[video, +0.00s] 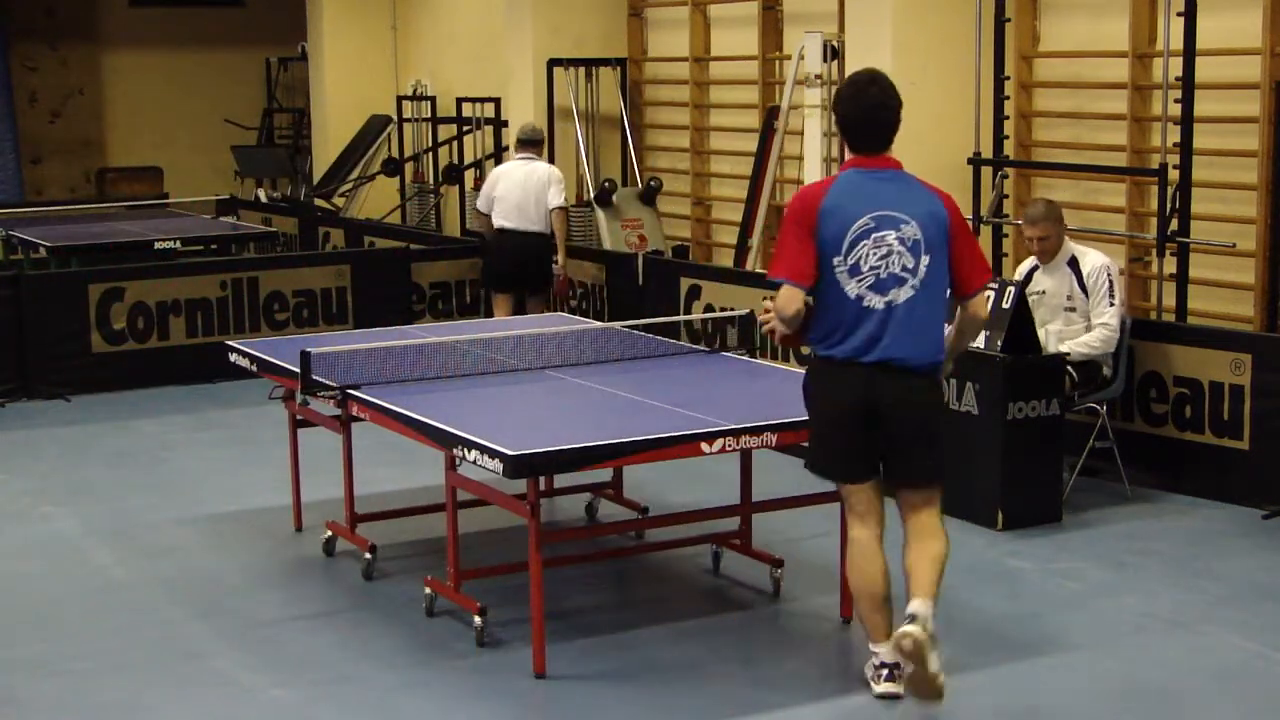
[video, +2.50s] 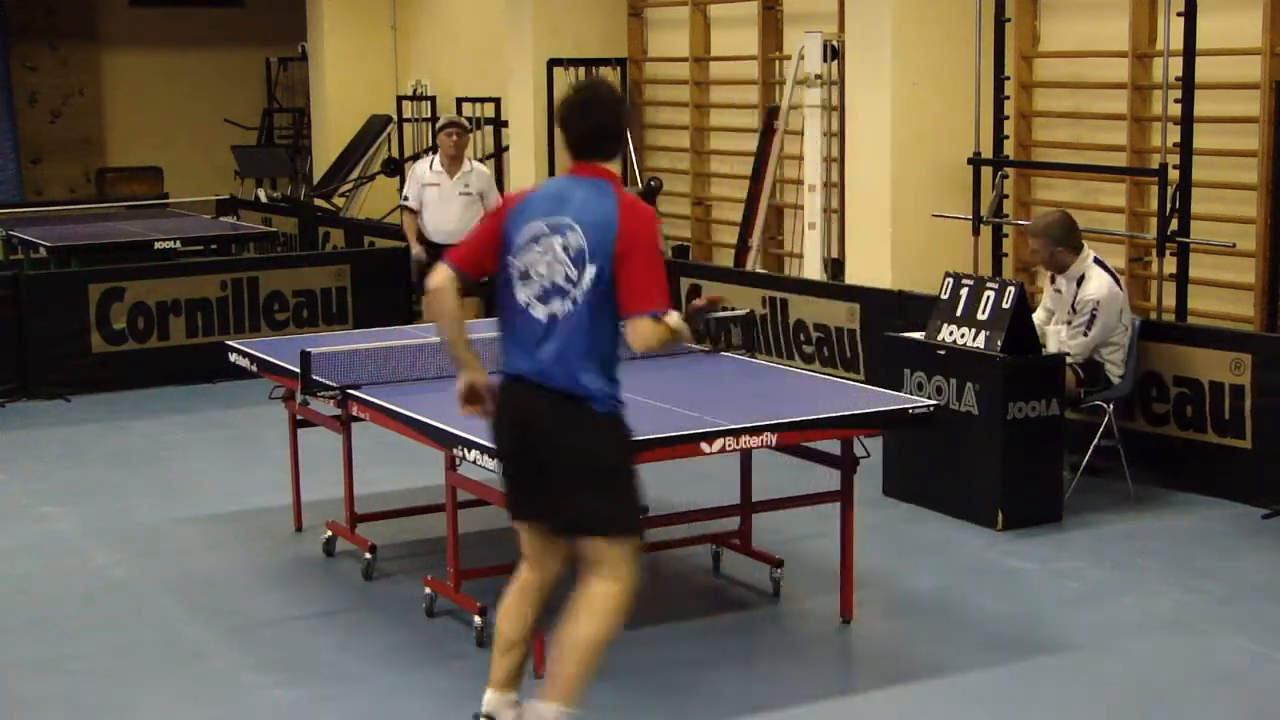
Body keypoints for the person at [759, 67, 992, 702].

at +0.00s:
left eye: (846, 117)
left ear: (839, 128)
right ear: (898, 126)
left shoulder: (812, 202)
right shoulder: (936, 202)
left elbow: (792, 303)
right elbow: (977, 306)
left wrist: (778, 317)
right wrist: (948, 349)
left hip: (840, 387)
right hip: (914, 387)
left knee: (862, 519)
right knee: (922, 510)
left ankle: (883, 660)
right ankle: (919, 614)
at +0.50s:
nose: (834, 160)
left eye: (837, 151)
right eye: (836, 151)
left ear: (851, 152)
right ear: (884, 156)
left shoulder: (858, 182)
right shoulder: (903, 202)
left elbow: (876, 246)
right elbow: (903, 296)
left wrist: (830, 296)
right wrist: (847, 351)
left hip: (884, 340)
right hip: (927, 345)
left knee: (865, 490)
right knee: (904, 485)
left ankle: (875, 635)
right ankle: (914, 610)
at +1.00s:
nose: (825, 160)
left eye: (827, 151)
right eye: (827, 151)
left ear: (840, 151)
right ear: (874, 153)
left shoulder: (848, 178)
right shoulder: (895, 201)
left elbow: (867, 239)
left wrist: (816, 290)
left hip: (867, 331)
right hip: (917, 336)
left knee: (824, 470)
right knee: (910, 484)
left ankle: (832, 603)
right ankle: (915, 610)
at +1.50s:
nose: (777, 131)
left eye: (777, 124)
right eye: (780, 123)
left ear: (785, 128)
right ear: (840, 121)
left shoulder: (774, 189)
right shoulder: (885, 178)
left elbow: (708, 263)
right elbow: (960, 242)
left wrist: (691, 247)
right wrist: (923, 259)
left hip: (797, 375)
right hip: (871, 371)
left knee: (810, 514)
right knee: (881, 500)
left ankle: (825, 656)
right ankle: (899, 638)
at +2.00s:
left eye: (734, 109)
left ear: (728, 116)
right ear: (787, 112)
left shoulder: (699, 190)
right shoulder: (827, 188)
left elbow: (642, 289)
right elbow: (865, 298)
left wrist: (694, 274)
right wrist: (811, 270)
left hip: (715, 371)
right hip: (790, 377)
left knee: (744, 510)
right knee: (805, 533)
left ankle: (699, 656)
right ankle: (814, 695)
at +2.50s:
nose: (627, 138)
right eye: (627, 130)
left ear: (562, 138)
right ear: (624, 139)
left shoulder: (522, 203)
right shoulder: (630, 215)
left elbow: (440, 284)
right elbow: (643, 335)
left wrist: (470, 369)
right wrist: (675, 327)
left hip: (518, 404)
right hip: (583, 413)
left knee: (540, 558)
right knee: (611, 569)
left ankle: (495, 703)